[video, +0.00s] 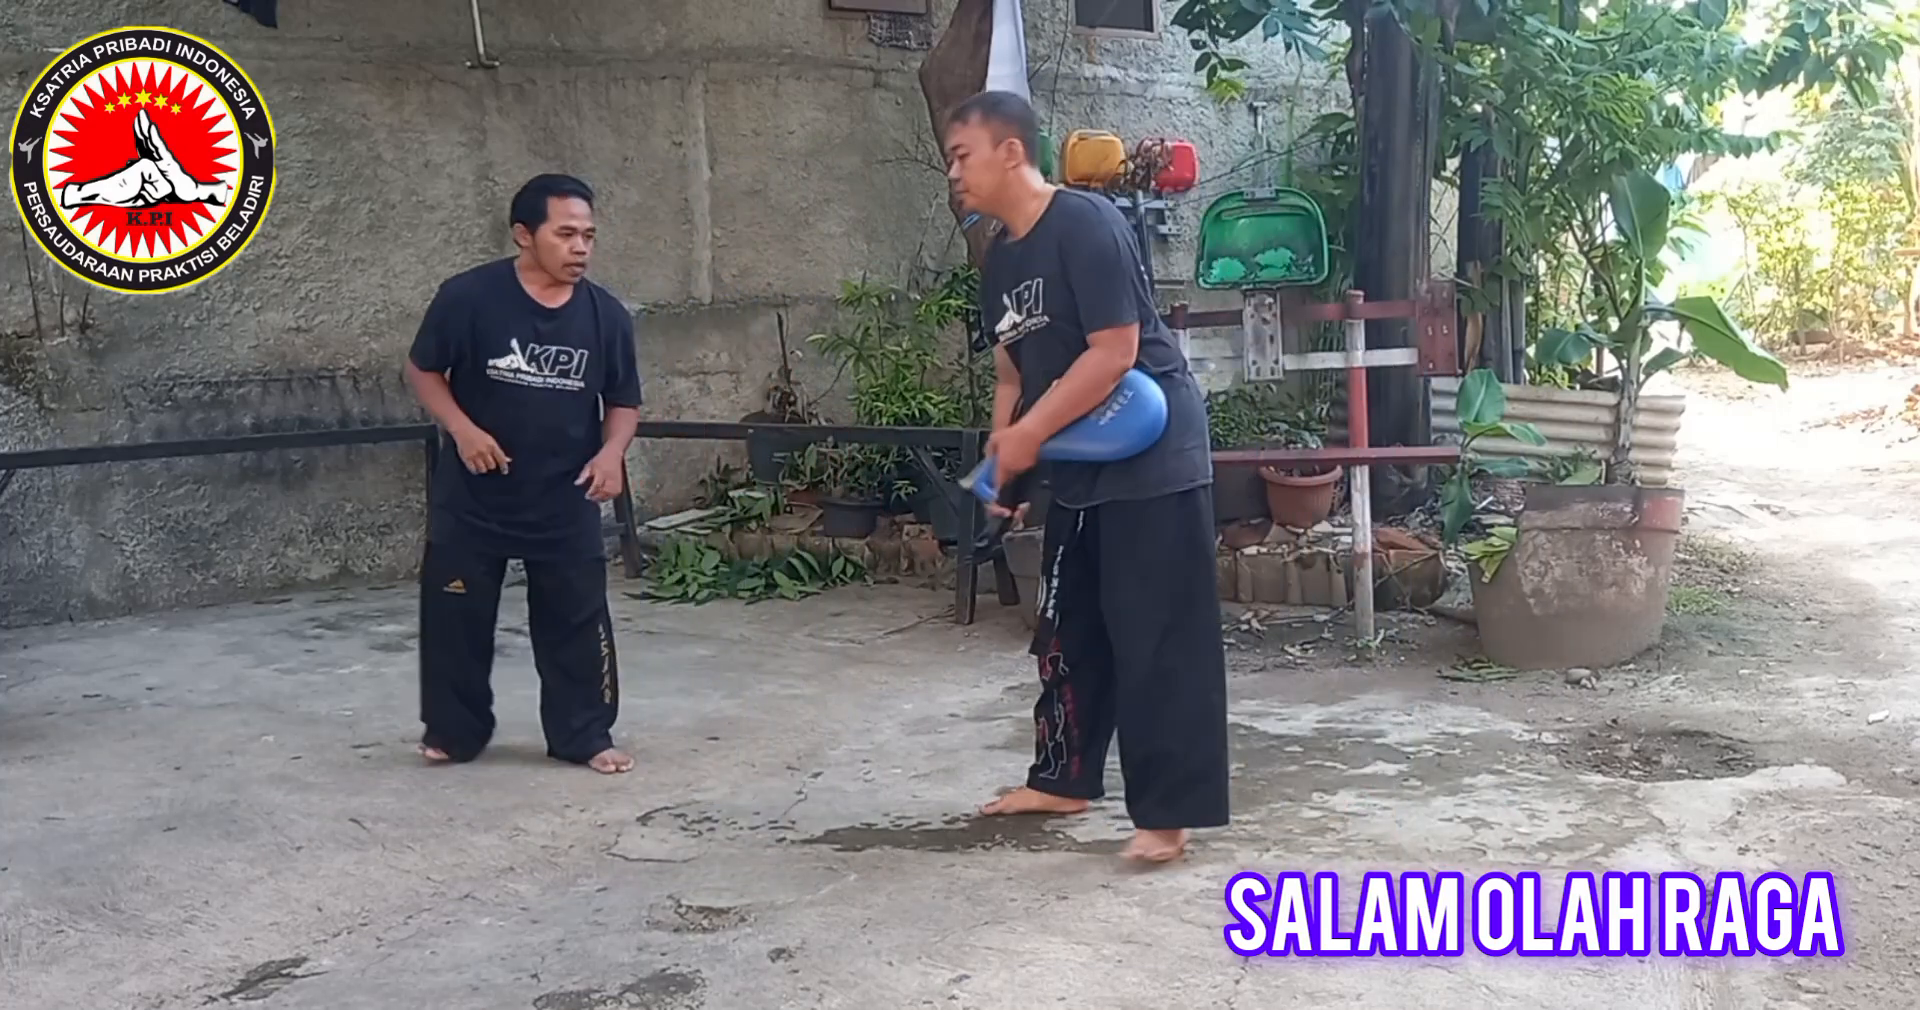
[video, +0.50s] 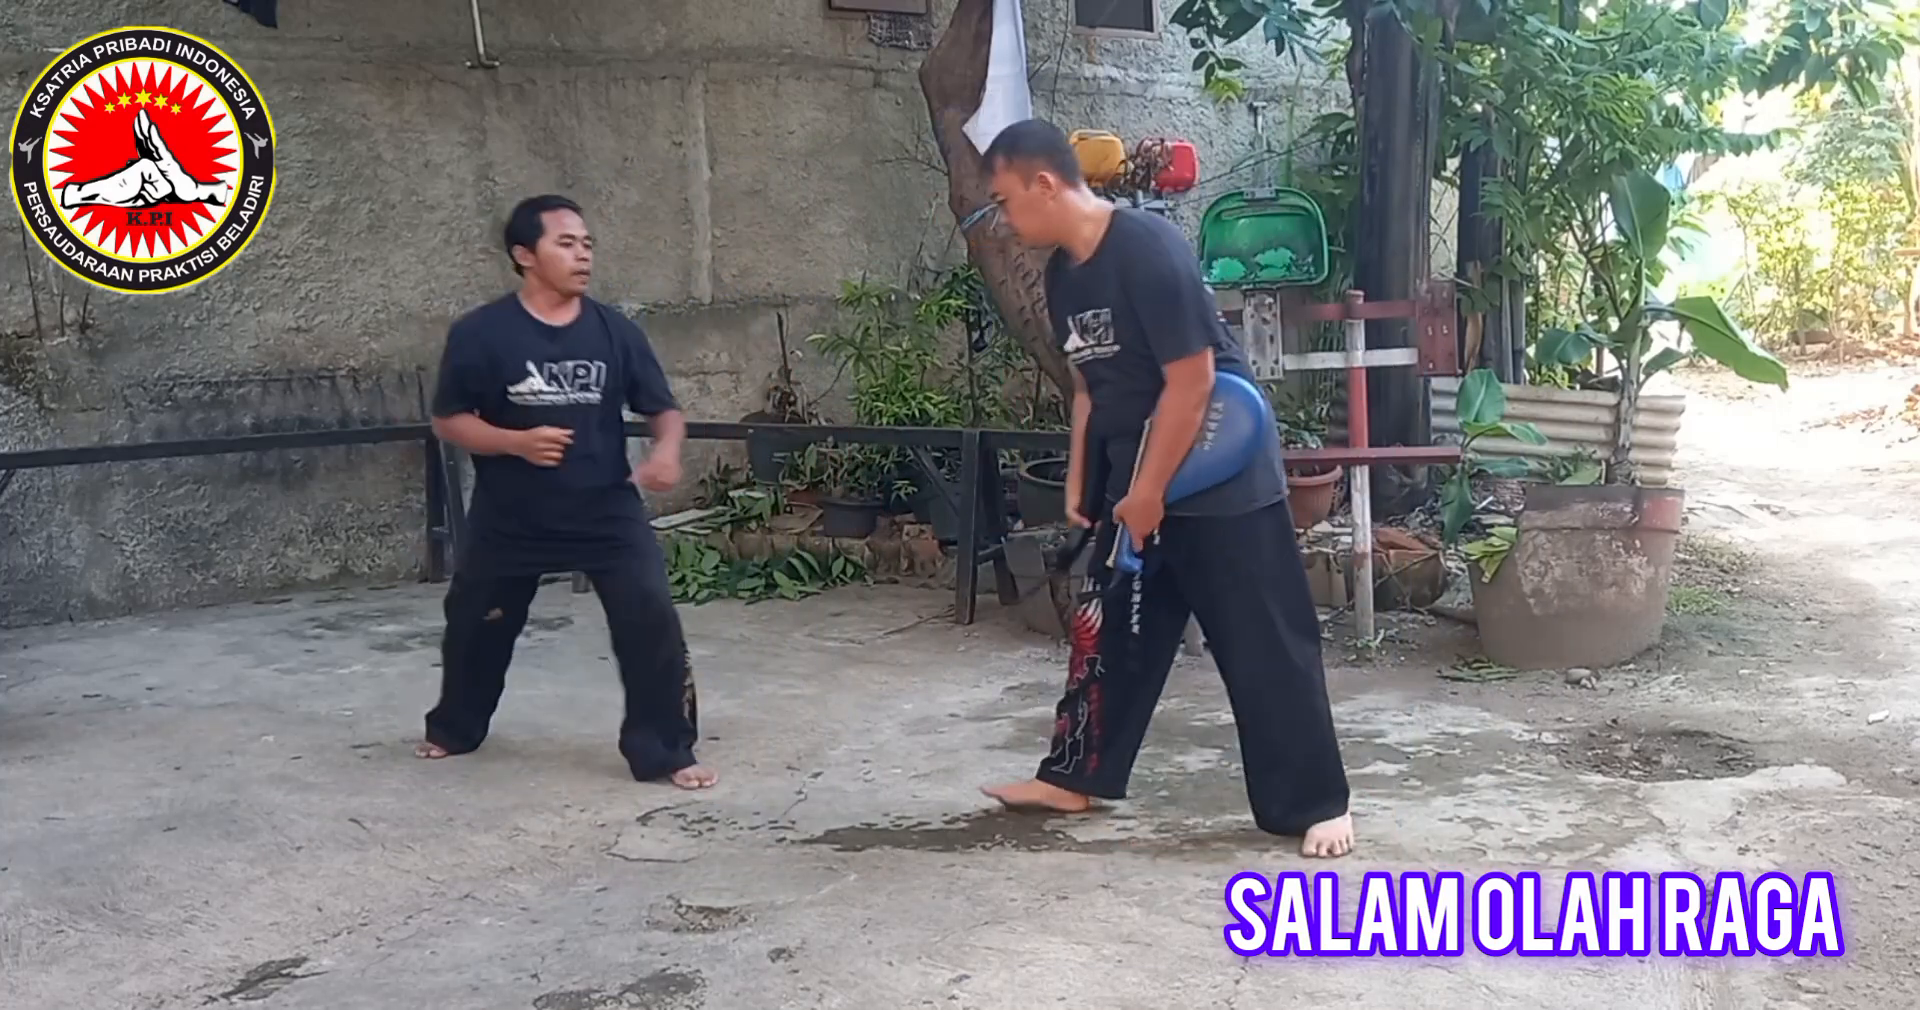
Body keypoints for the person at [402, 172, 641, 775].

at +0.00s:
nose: (582, 245)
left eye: (588, 234)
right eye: (568, 233)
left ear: (593, 236)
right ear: (525, 235)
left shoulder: (607, 315)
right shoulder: (466, 297)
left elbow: (624, 400)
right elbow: (422, 369)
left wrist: (614, 451)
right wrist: (461, 427)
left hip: (565, 499)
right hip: (472, 498)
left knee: (577, 621)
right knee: (456, 616)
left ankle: (584, 736)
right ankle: (454, 730)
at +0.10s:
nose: (554, 246)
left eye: (558, 233)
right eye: (538, 235)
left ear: (563, 237)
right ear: (495, 241)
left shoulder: (584, 315)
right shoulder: (441, 308)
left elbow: (615, 397)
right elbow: (409, 387)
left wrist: (600, 455)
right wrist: (455, 428)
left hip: (556, 502)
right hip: (461, 501)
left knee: (579, 614)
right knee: (440, 614)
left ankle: (585, 737)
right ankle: (440, 727)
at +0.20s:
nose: (532, 261)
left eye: (535, 250)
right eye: (516, 251)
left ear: (541, 255)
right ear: (474, 260)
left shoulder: (566, 332)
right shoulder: (426, 334)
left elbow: (605, 410)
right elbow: (389, 418)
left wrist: (596, 468)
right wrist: (451, 443)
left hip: (546, 513)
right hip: (452, 518)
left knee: (590, 604)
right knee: (437, 618)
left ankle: (594, 736)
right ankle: (442, 727)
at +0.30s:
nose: (527, 255)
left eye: (531, 244)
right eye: (510, 246)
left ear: (538, 250)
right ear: (469, 258)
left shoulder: (568, 326)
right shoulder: (427, 332)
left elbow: (601, 405)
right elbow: (398, 417)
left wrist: (595, 461)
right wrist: (460, 437)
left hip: (555, 508)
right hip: (460, 513)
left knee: (604, 606)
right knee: (443, 619)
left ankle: (627, 737)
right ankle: (441, 726)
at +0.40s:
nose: (544, 243)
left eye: (548, 232)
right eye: (527, 232)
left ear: (554, 239)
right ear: (486, 245)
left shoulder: (586, 317)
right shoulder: (441, 320)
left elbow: (620, 396)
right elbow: (415, 405)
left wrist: (613, 448)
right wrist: (476, 425)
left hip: (569, 507)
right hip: (477, 510)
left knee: (613, 616)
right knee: (454, 622)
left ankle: (656, 742)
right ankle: (442, 728)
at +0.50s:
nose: (583, 254)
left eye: (586, 244)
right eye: (567, 243)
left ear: (592, 252)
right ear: (525, 256)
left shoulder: (617, 332)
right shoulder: (477, 334)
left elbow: (664, 409)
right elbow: (449, 421)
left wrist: (667, 453)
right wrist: (514, 441)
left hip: (607, 517)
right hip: (511, 520)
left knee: (652, 619)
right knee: (473, 622)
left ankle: (665, 751)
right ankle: (456, 726)